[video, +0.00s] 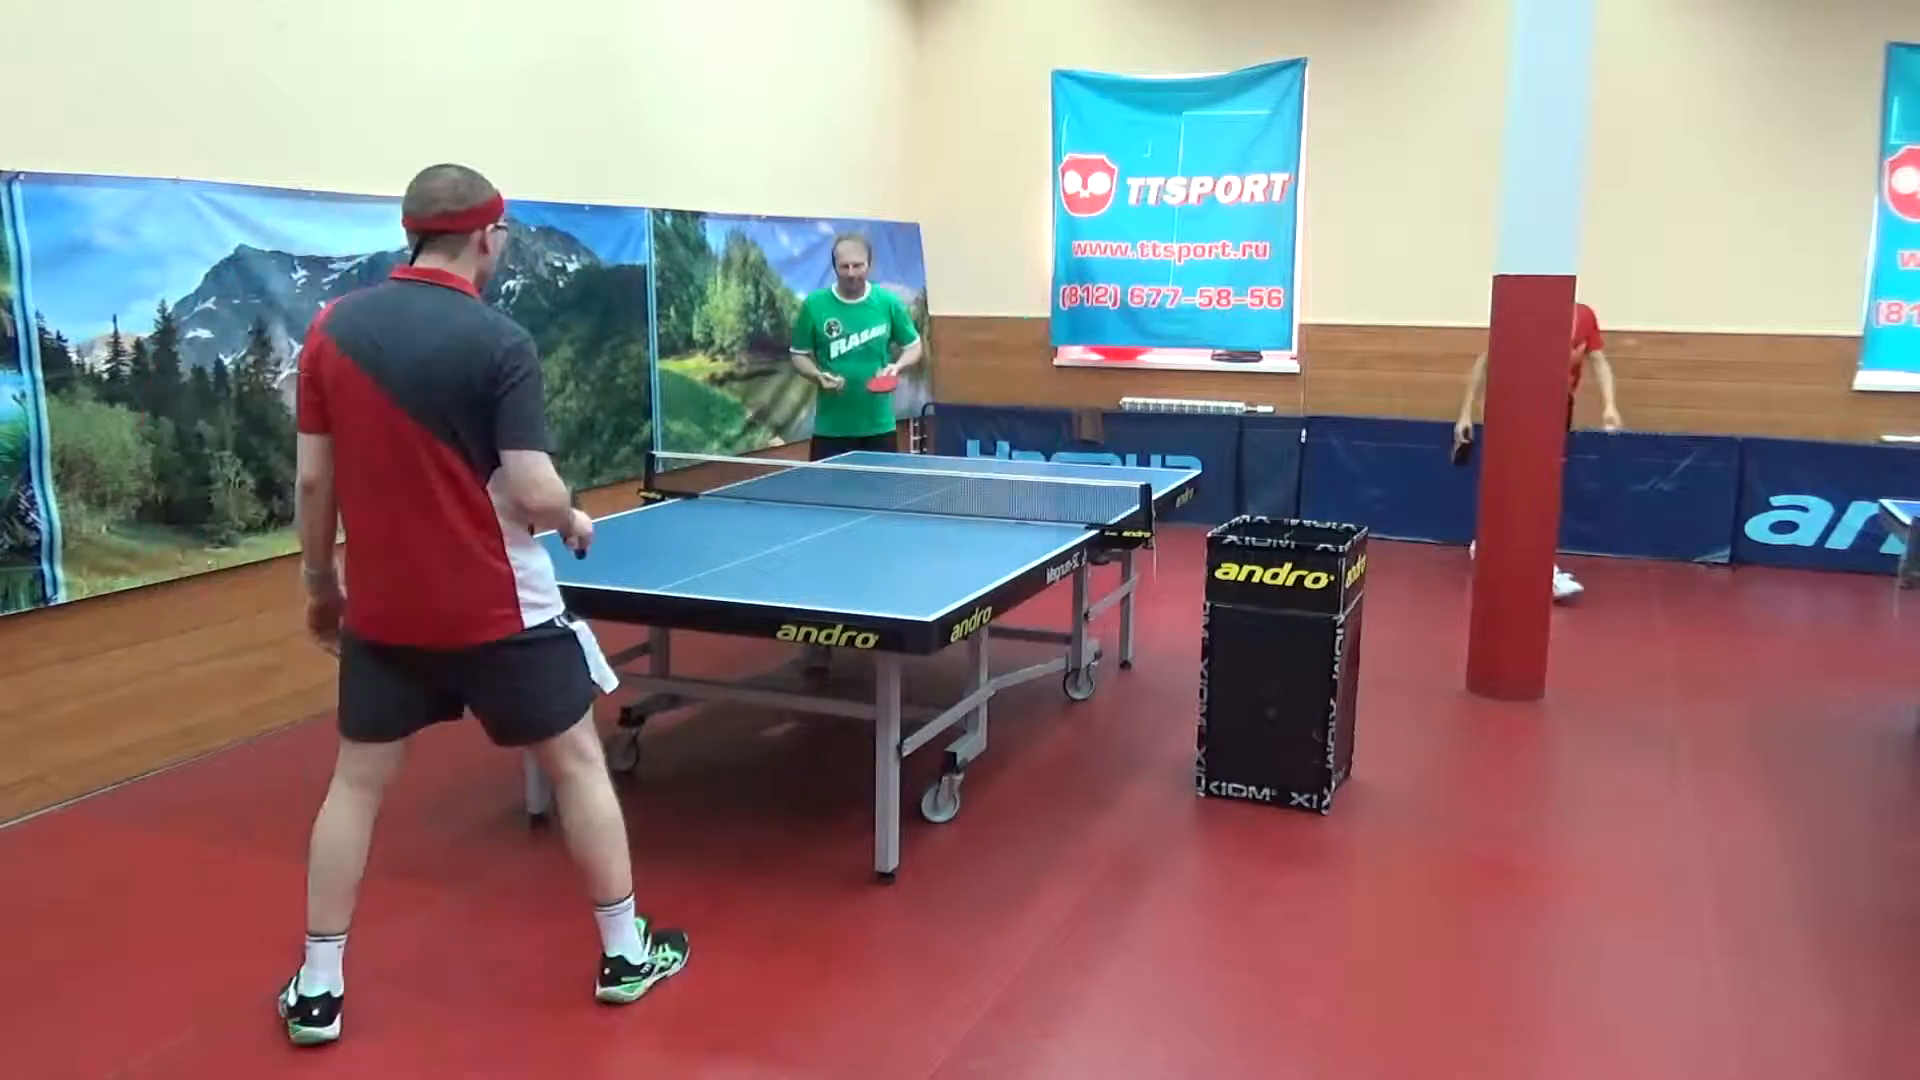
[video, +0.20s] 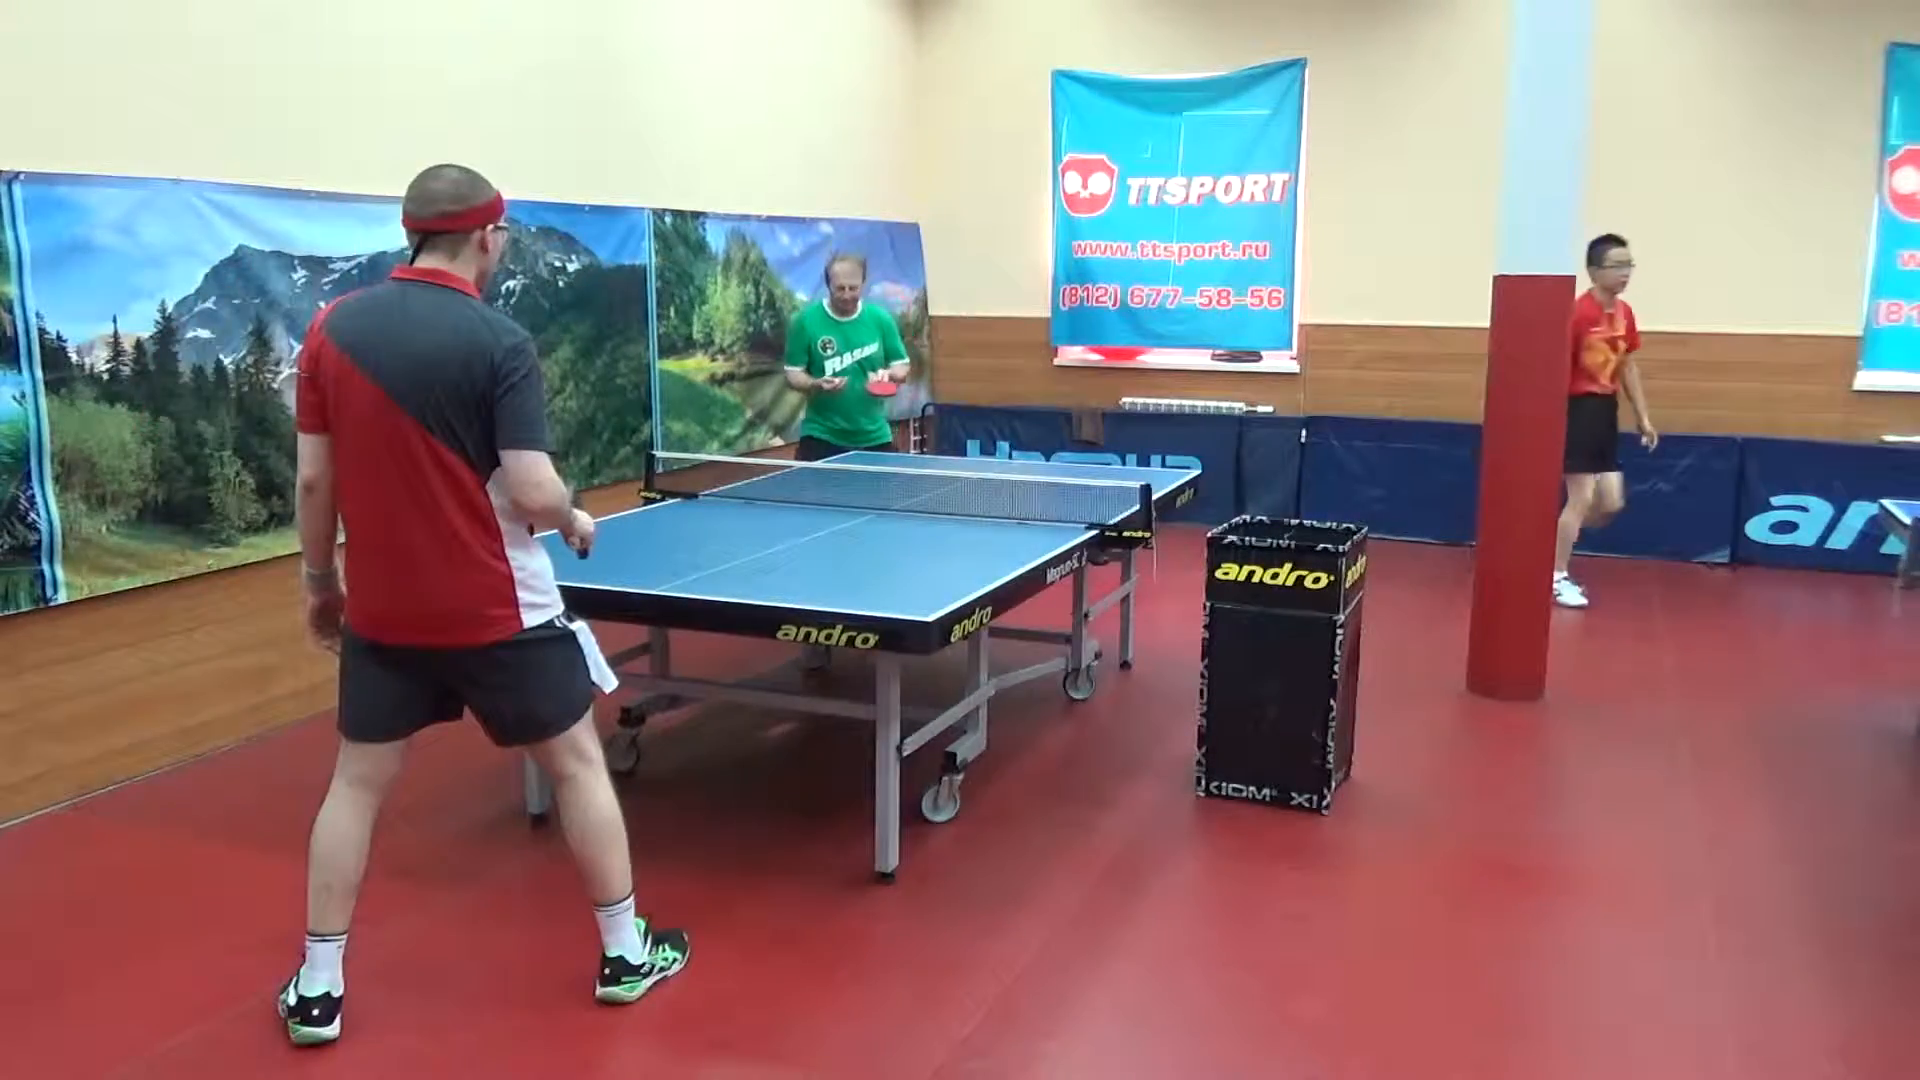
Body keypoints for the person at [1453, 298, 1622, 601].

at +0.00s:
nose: (1551, 286)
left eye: (1556, 279)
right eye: (1545, 282)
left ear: (1565, 281)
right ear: (1532, 283)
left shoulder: (1582, 316)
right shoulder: (1520, 315)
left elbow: (1599, 361)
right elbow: (1483, 363)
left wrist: (1609, 405)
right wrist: (1466, 412)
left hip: (1556, 415)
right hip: (1515, 413)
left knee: (1548, 486)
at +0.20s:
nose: (1625, 274)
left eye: (1629, 266)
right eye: (1617, 267)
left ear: (1631, 269)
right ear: (1594, 270)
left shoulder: (1624, 313)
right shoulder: (1576, 312)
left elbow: (1627, 366)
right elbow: (1555, 367)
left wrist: (1643, 417)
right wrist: (1546, 419)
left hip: (1605, 408)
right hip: (1575, 407)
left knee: (1611, 501)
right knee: (1581, 497)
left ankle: (1553, 530)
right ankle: (1556, 575)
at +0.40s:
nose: (1690, 272)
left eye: (1692, 264)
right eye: (1682, 265)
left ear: (1689, 268)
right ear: (1657, 269)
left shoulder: (1665, 311)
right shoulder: (1640, 310)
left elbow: (1649, 367)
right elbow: (1619, 369)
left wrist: (1655, 412)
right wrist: (1640, 418)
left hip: (1654, 409)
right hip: (1625, 409)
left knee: (1677, 503)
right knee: (1594, 500)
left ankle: (1683, 587)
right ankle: (1558, 574)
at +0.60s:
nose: (1760, 275)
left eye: (1761, 267)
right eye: (1752, 268)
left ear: (1740, 273)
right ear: (1727, 272)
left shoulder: (1731, 314)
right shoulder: (1708, 313)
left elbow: (1723, 379)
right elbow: (1693, 373)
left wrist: (1742, 431)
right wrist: (1731, 420)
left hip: (1722, 422)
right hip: (1694, 421)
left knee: (1732, 514)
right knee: (1683, 520)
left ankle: (1720, 601)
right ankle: (1606, 558)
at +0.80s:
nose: (1821, 268)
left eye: (1821, 260)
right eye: (1813, 260)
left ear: (1796, 266)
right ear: (1787, 264)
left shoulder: (1789, 307)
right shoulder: (1769, 307)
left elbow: (1783, 376)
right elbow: (1744, 371)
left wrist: (1799, 422)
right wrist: (1767, 430)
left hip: (1776, 415)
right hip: (1761, 416)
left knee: (1747, 513)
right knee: (1794, 515)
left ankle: (1719, 597)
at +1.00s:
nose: (1890, 278)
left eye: (1890, 270)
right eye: (1883, 271)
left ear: (1865, 276)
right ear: (1855, 276)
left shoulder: (1857, 321)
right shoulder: (1831, 322)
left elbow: (1863, 388)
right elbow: (1802, 386)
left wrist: (1906, 427)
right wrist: (1800, 454)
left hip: (1846, 434)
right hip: (1830, 436)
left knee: (1798, 525)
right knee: (1861, 529)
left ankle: (1732, 592)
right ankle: (1881, 628)